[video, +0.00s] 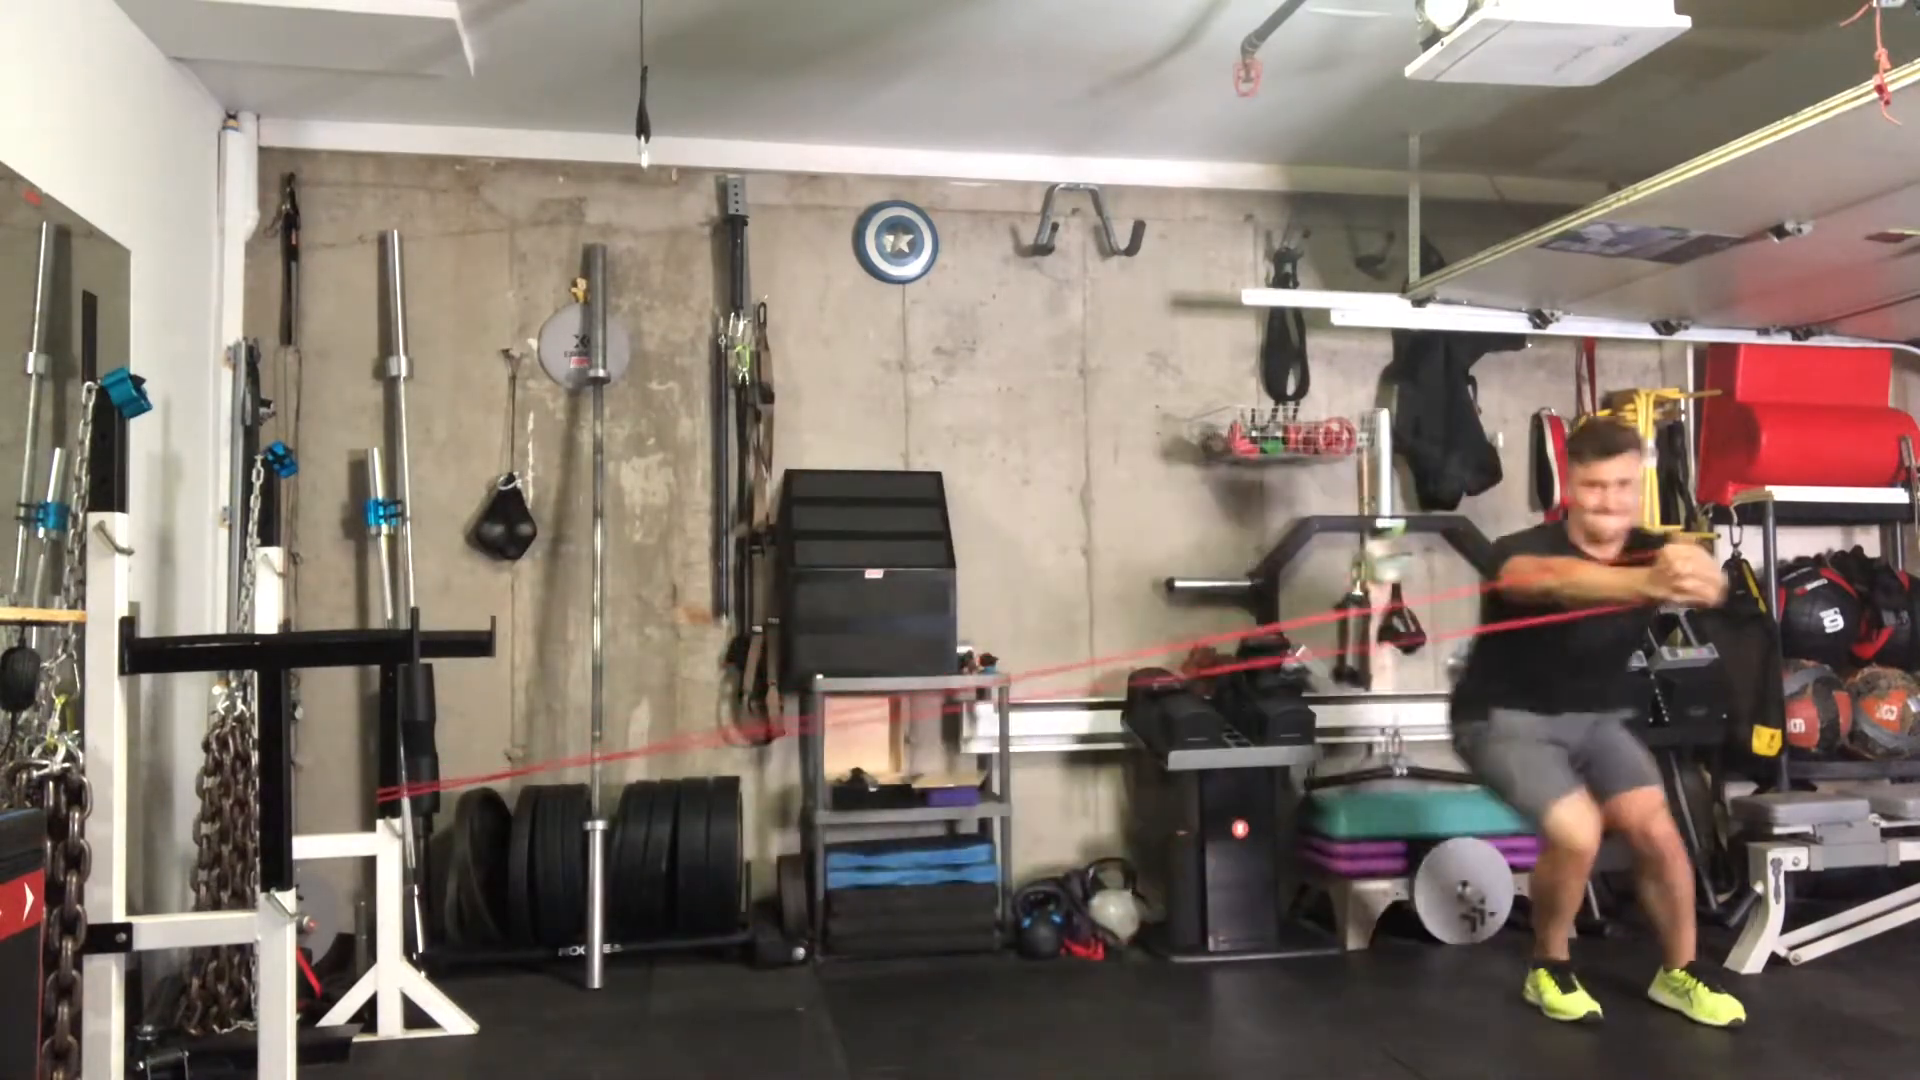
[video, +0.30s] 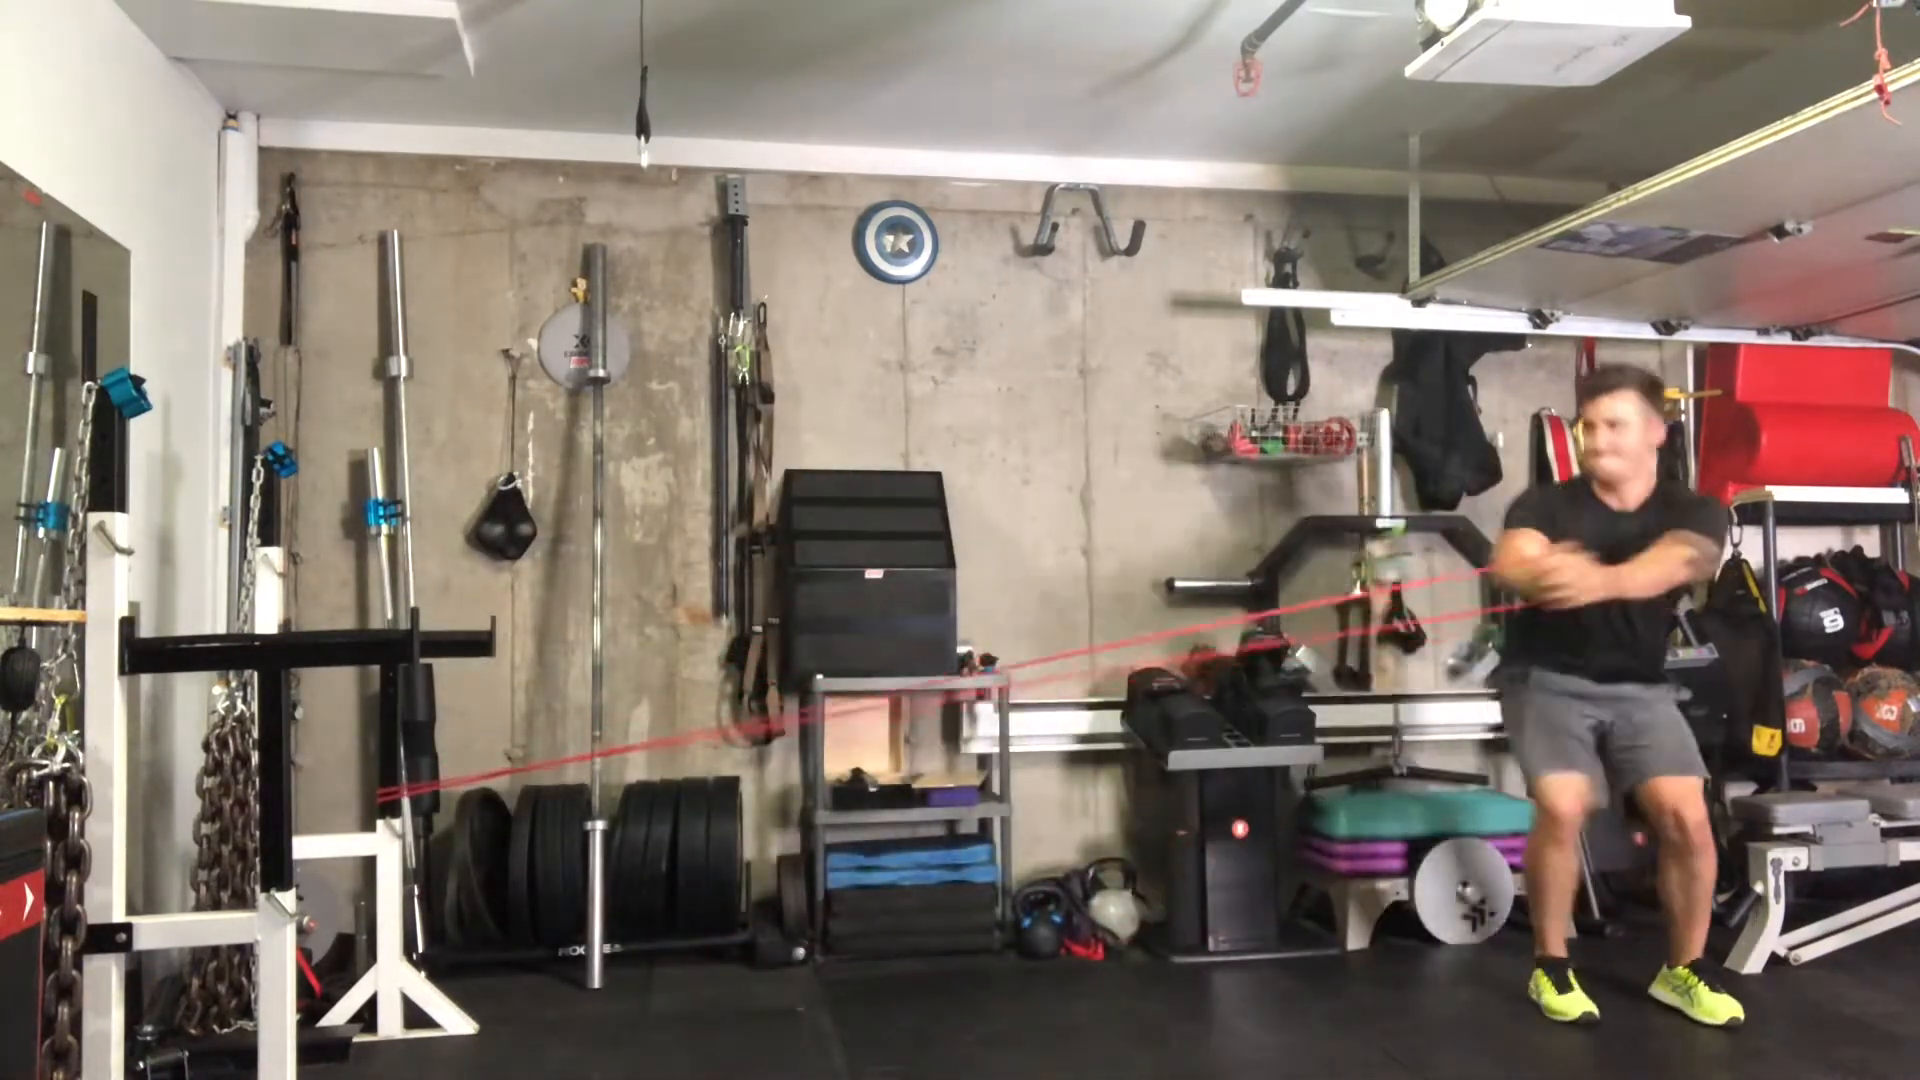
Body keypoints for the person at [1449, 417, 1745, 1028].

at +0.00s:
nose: (1607, 500)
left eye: (1622, 485)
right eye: (1591, 486)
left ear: (1641, 489)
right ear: (1567, 488)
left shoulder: (1654, 552)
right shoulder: (1523, 551)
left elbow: (1706, 580)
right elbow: (1543, 582)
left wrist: (1710, 580)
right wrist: (1646, 584)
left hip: (1598, 720)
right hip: (1507, 719)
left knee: (1655, 826)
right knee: (1577, 833)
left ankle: (1679, 971)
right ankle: (1551, 967)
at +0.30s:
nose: (1597, 438)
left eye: (1615, 425)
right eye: (1588, 425)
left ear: (1656, 434)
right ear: (1577, 435)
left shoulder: (1697, 513)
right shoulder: (1544, 503)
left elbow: (1678, 566)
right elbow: (1509, 563)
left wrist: (1601, 580)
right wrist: (1567, 570)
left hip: (1641, 691)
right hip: (1548, 686)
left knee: (1687, 817)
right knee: (1564, 803)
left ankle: (1682, 970)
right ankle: (1552, 966)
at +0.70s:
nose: (1420, 379)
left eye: (1436, 366)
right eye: (1416, 368)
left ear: (1480, 372)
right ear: (1411, 381)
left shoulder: (1520, 466)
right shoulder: (1412, 467)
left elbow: (1475, 584)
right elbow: (1369, 560)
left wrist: (1357, 628)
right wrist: (1317, 611)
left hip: (1540, 672)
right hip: (1439, 670)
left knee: (1614, 808)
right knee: (1391, 790)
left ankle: (1682, 960)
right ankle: (1378, 963)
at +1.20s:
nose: (1212, 367)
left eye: (1227, 355)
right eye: (1213, 355)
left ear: (1274, 369)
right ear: (1228, 369)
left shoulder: (1289, 457)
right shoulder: (1215, 460)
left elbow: (1257, 572)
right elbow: (1173, 544)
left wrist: (1146, 614)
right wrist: (1113, 599)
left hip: (1276, 662)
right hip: (1236, 661)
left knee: (1205, 801)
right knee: (1294, 803)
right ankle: (1370, 956)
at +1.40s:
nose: (1121, 365)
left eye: (1137, 354)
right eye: (1125, 352)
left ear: (1178, 371)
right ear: (1154, 371)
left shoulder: (1181, 470)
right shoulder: (1119, 467)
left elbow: (1155, 595)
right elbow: (1078, 562)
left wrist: (1050, 644)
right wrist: (1025, 628)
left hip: (1156, 669)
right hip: (1115, 666)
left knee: (1075, 798)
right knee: (1126, 812)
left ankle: (1080, 990)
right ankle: (1278, 906)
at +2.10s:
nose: (825, 336)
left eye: (845, 329)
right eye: (829, 326)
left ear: (885, 357)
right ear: (830, 352)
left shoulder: (912, 445)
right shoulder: (794, 453)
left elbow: (961, 554)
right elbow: (760, 550)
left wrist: (857, 589)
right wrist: (784, 586)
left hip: (876, 653)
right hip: (797, 653)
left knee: (827, 804)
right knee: (780, 808)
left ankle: (906, 964)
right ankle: (811, 980)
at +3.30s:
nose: (714, 534)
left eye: (727, 517)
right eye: (699, 518)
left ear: (750, 520)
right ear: (678, 521)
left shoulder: (778, 582)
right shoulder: (640, 589)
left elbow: (799, 617)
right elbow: (651, 626)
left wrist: (771, 629)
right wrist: (709, 630)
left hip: (750, 749)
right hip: (663, 745)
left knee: (721, 857)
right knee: (652, 859)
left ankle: (745, 981)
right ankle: (609, 990)